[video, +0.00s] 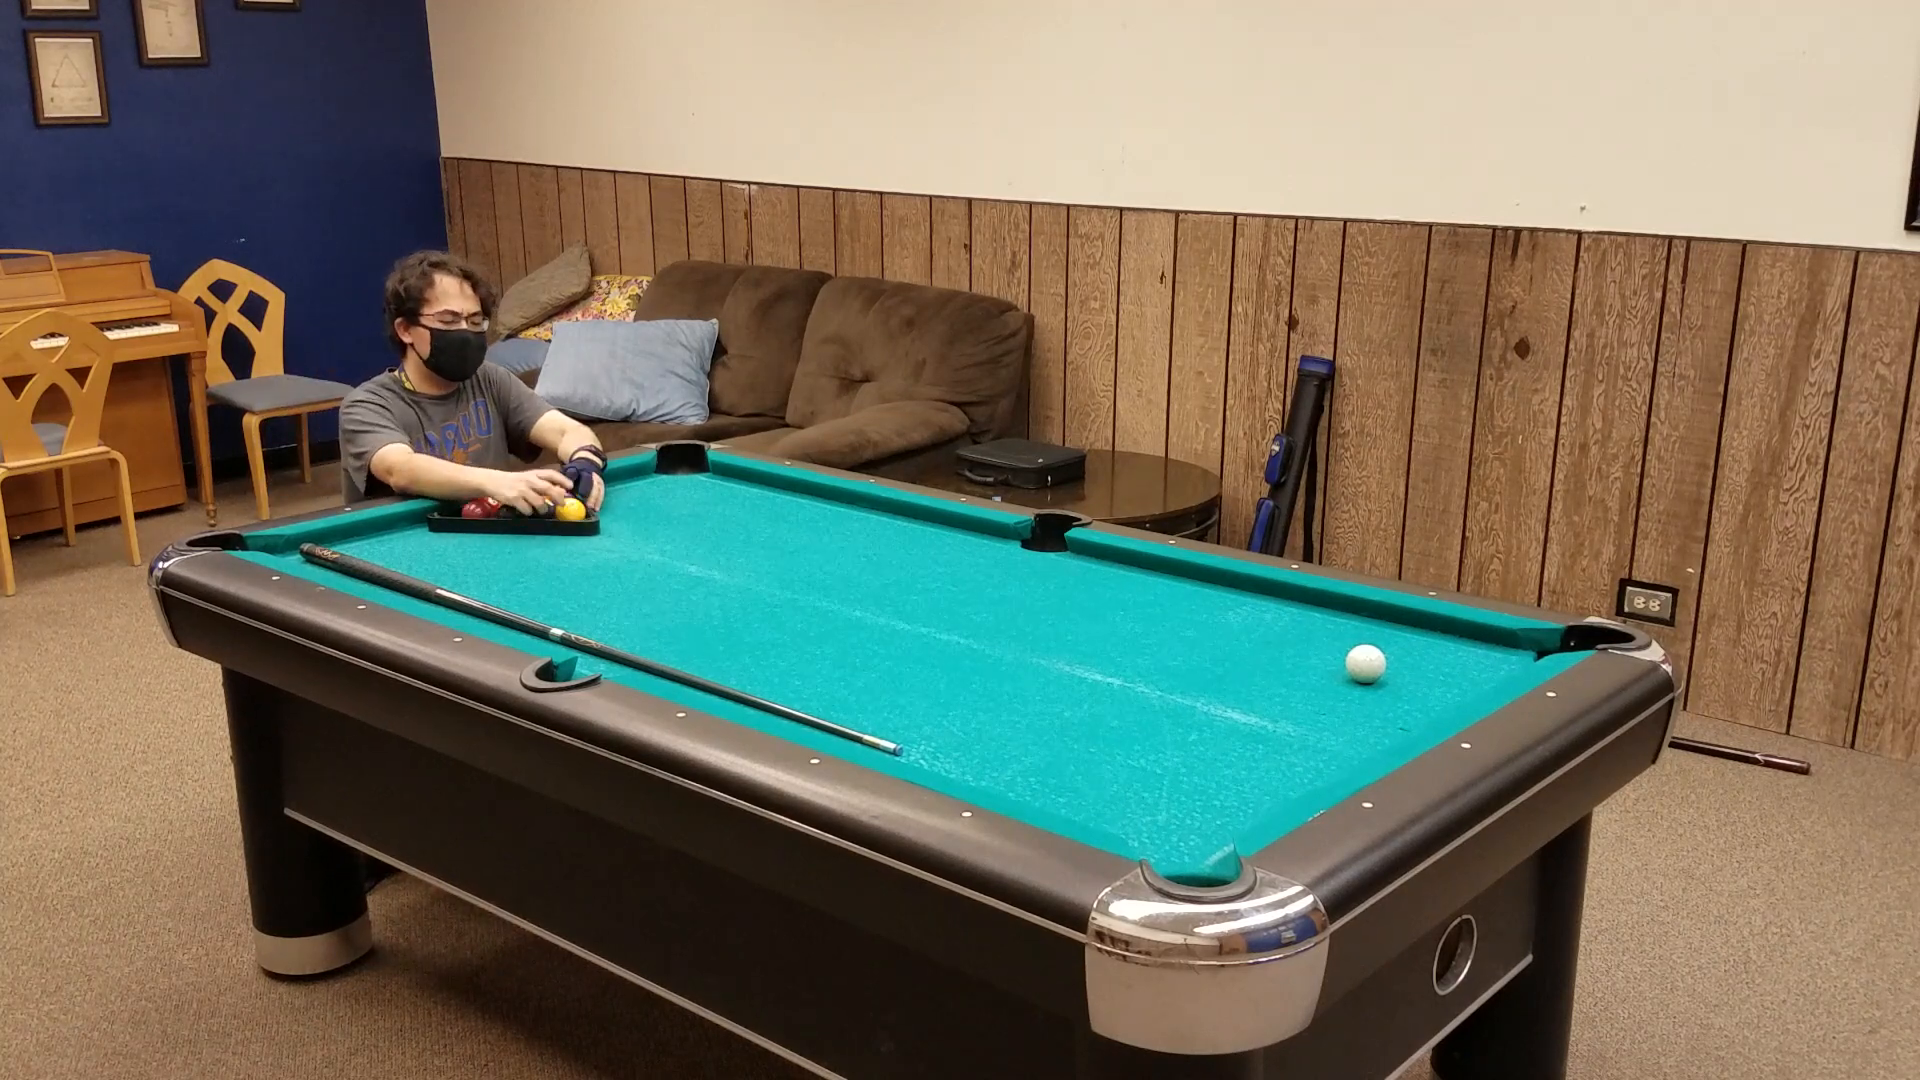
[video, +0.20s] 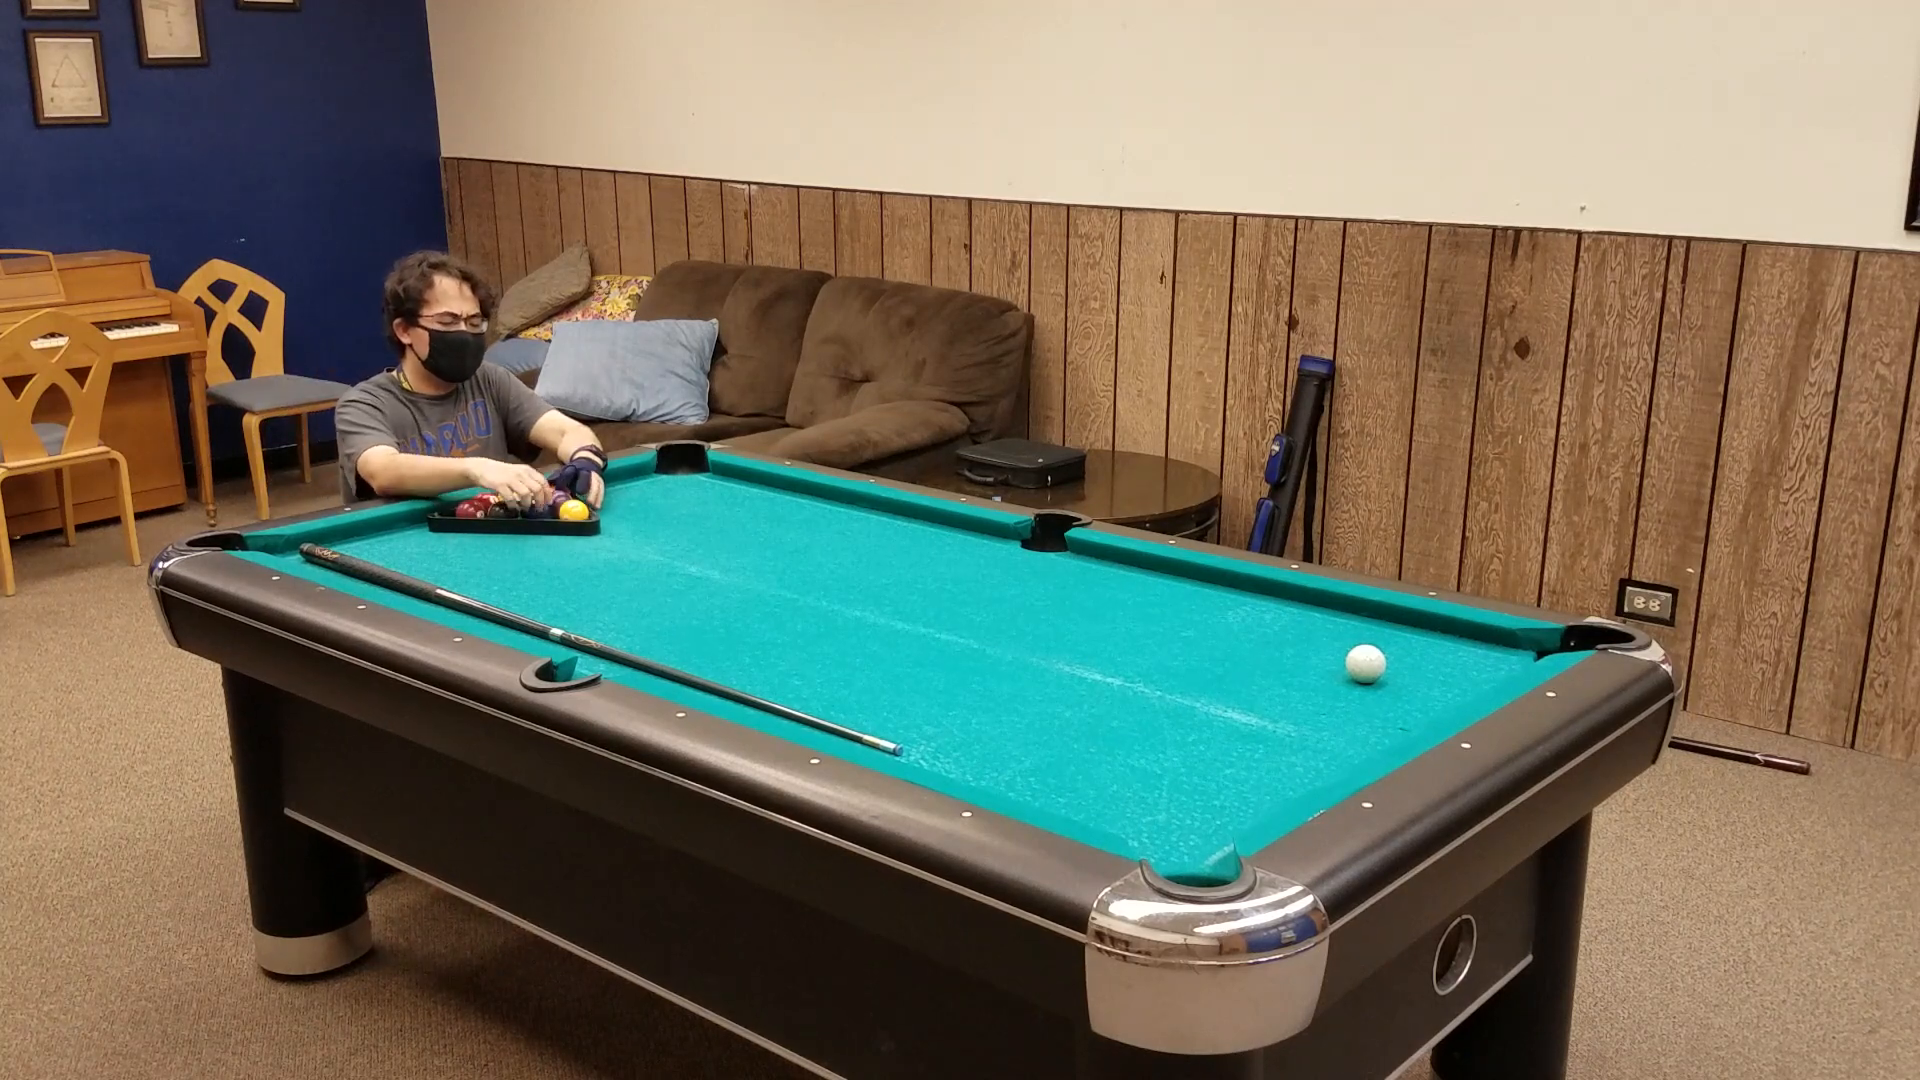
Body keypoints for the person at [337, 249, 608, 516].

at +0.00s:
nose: (468, 331)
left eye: (475, 319)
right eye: (450, 319)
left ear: (485, 320)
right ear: (406, 329)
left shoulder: (490, 380)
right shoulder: (370, 404)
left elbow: (566, 430)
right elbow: (400, 471)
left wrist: (584, 459)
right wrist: (495, 480)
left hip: (499, 554)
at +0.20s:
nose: (466, 333)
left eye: (474, 320)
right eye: (448, 321)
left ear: (484, 322)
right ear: (404, 330)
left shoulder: (490, 380)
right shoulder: (366, 404)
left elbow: (565, 430)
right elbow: (384, 473)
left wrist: (585, 457)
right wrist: (477, 468)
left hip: (502, 552)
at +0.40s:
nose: (461, 334)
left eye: (470, 322)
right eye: (444, 322)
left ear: (480, 324)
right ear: (400, 331)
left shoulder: (488, 380)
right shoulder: (364, 403)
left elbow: (567, 431)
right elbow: (380, 474)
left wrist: (584, 456)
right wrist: (473, 473)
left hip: (499, 554)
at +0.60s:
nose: (458, 334)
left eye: (467, 321)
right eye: (440, 322)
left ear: (479, 324)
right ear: (398, 332)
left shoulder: (488, 380)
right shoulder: (362, 404)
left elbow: (567, 431)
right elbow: (380, 474)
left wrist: (582, 458)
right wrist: (465, 472)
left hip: (499, 554)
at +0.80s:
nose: (456, 336)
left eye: (465, 323)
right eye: (438, 323)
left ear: (477, 324)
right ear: (397, 333)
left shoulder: (488, 381)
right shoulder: (360, 404)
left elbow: (566, 431)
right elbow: (379, 474)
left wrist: (582, 455)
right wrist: (465, 473)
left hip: (501, 554)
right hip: (408, 567)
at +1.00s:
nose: (454, 339)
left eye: (464, 325)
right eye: (437, 326)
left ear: (475, 325)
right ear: (395, 334)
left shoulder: (485, 381)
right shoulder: (358, 405)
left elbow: (566, 432)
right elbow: (381, 474)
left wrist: (579, 457)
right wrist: (453, 472)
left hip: (497, 553)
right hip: (405, 569)